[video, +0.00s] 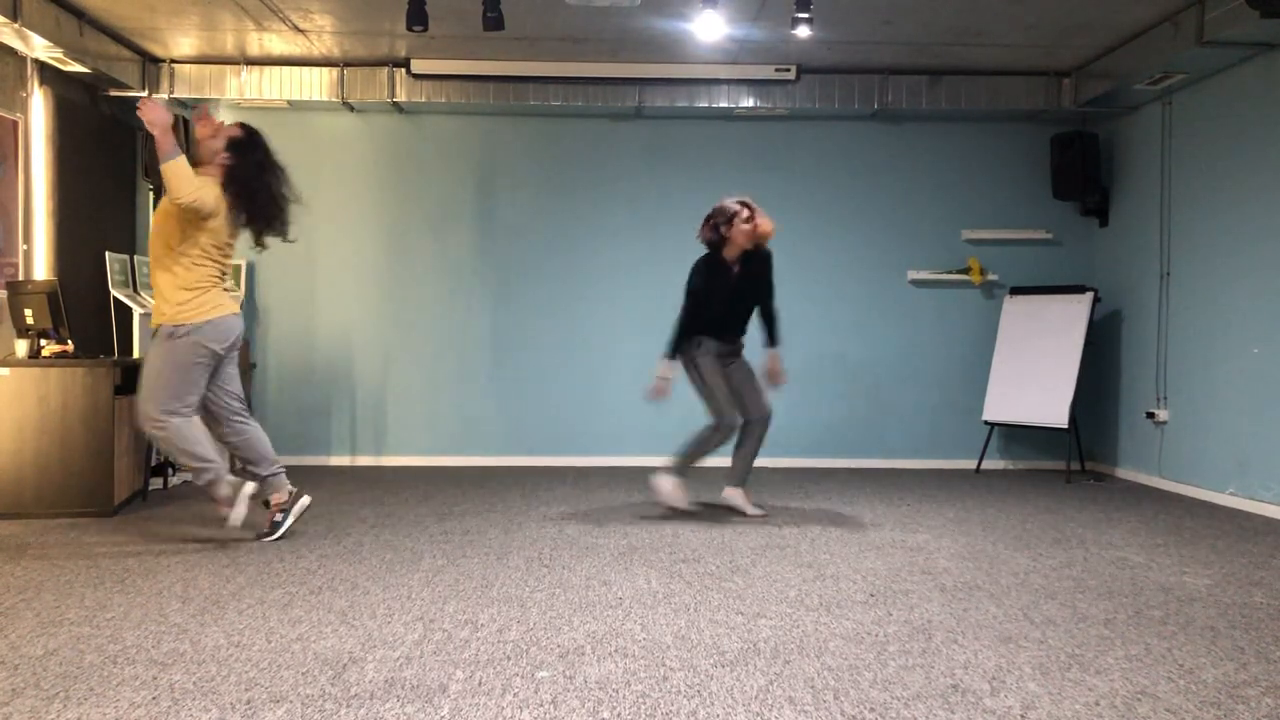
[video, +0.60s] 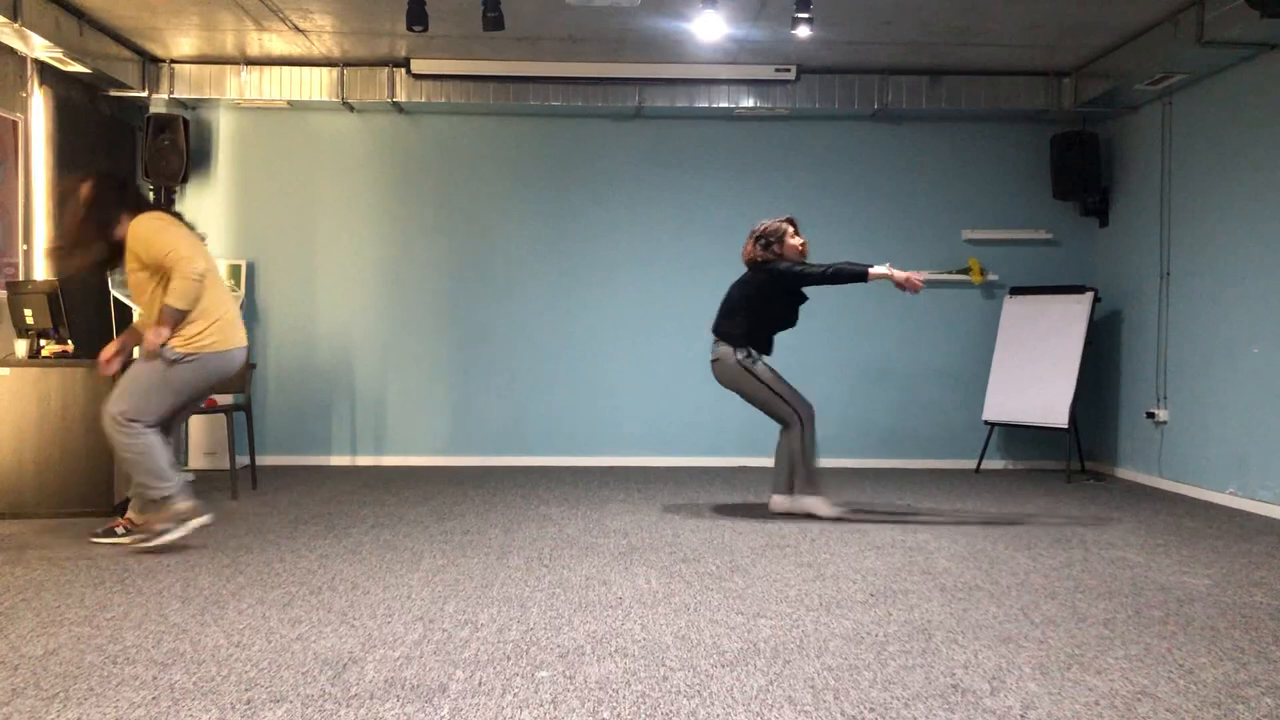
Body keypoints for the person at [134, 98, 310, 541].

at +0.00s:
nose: (210, 128)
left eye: (219, 132)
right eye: (218, 126)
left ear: (225, 158)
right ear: (227, 162)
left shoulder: (205, 192)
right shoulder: (222, 193)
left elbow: (185, 192)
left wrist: (163, 136)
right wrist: (202, 135)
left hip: (192, 321)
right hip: (220, 317)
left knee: (161, 413)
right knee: (230, 416)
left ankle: (225, 488)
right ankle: (282, 496)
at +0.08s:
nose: (170, 141)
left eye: (179, 140)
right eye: (176, 135)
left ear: (194, 159)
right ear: (195, 162)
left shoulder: (187, 197)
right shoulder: (181, 192)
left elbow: (180, 204)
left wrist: (152, 144)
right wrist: (169, 132)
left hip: (185, 330)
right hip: (211, 327)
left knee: (121, 404)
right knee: (222, 423)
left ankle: (177, 488)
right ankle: (284, 496)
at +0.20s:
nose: (80, 185)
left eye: (89, 177)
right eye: (82, 178)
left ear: (121, 184)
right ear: (115, 187)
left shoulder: (137, 220)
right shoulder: (116, 227)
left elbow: (151, 244)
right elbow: (112, 239)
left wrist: (121, 205)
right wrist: (93, 215)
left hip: (155, 354)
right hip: (190, 355)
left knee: (89, 426)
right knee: (159, 445)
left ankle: (66, 523)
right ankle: (247, 484)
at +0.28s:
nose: (62, 213)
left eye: (68, 206)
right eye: (62, 206)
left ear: (95, 209)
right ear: (97, 210)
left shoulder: (119, 238)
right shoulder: (131, 246)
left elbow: (134, 274)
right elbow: (105, 298)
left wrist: (85, 245)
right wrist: (65, 268)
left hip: (150, 364)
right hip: (187, 366)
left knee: (66, 426)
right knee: (121, 437)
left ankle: (65, 524)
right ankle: (197, 485)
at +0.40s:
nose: (49, 234)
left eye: (53, 224)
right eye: (48, 224)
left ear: (75, 221)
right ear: (91, 220)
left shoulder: (109, 246)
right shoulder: (136, 246)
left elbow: (136, 288)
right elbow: (123, 332)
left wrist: (81, 323)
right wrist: (67, 341)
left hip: (160, 360)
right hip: (192, 359)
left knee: (80, 422)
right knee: (117, 423)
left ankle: (64, 523)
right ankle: (134, 514)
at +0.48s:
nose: (54, 231)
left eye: (59, 222)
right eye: (53, 222)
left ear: (82, 220)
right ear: (97, 218)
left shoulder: (116, 241)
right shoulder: (135, 240)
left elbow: (155, 280)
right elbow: (131, 328)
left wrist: (123, 333)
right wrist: (83, 351)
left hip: (173, 356)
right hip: (196, 355)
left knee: (94, 421)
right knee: (126, 422)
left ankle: (66, 522)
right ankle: (137, 517)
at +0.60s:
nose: (90, 229)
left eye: (89, 218)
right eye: (88, 219)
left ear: (105, 216)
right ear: (122, 206)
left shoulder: (145, 227)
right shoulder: (143, 239)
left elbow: (192, 265)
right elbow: (159, 310)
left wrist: (165, 324)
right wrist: (125, 342)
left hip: (205, 345)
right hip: (208, 346)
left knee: (122, 415)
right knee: (149, 424)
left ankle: (175, 504)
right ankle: (143, 516)